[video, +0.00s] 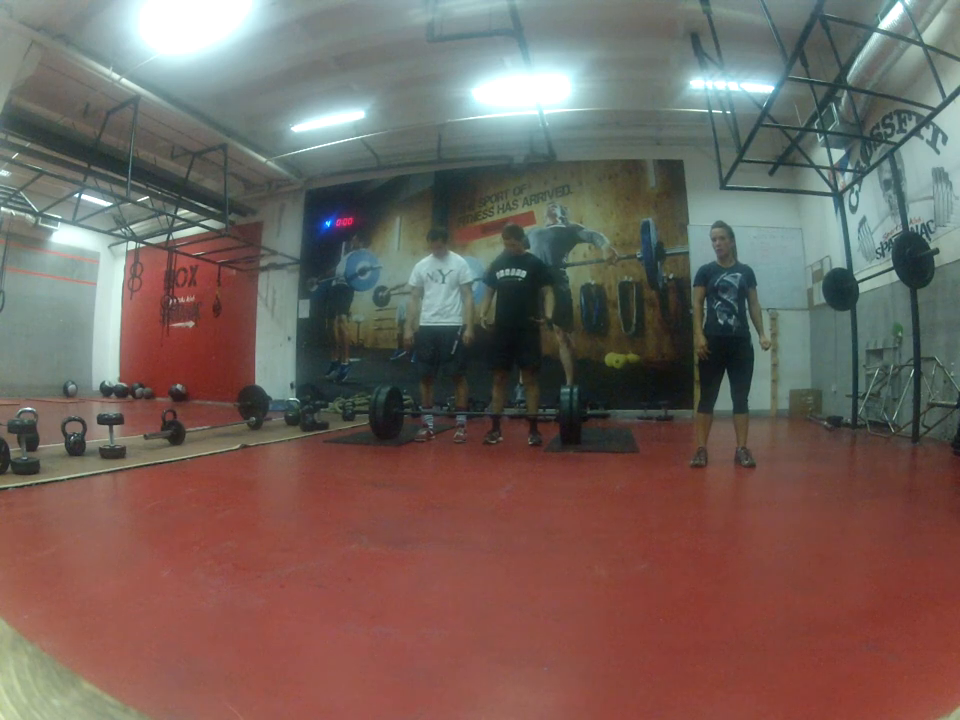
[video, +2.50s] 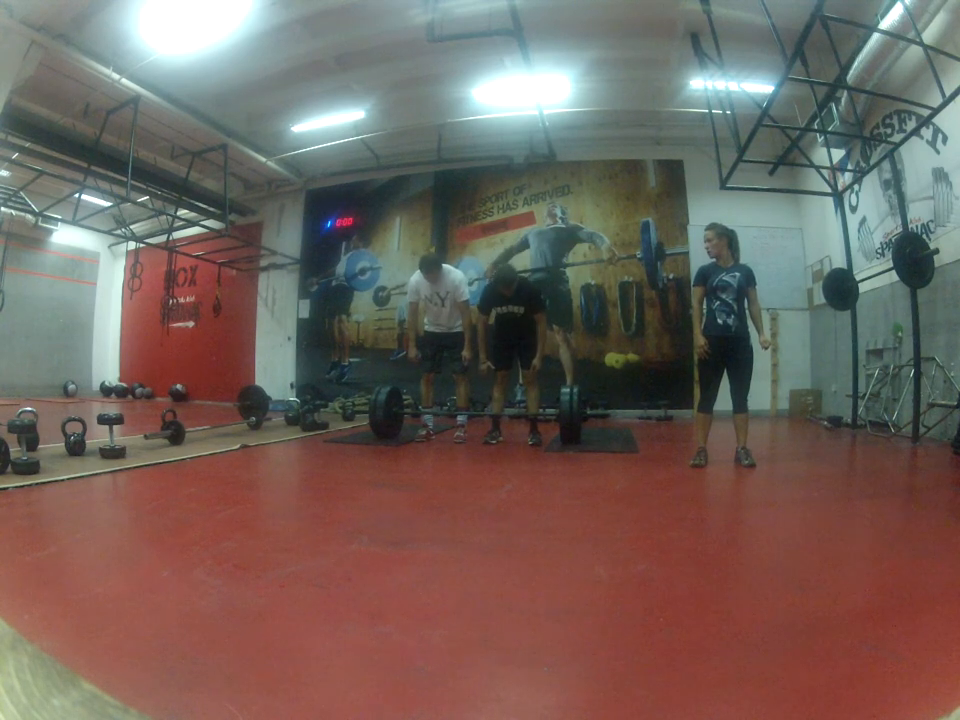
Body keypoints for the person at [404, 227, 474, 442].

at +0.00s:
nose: (437, 249)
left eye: (439, 245)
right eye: (434, 246)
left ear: (446, 243)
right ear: (429, 244)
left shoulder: (459, 263)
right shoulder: (421, 266)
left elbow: (468, 296)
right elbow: (414, 299)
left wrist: (469, 327)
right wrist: (408, 328)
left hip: (454, 328)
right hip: (426, 328)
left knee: (458, 376)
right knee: (425, 377)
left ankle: (461, 425)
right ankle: (427, 425)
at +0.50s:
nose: (436, 250)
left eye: (439, 246)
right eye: (433, 246)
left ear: (446, 243)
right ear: (428, 244)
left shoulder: (459, 263)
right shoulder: (421, 266)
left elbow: (467, 296)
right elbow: (414, 299)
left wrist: (467, 327)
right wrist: (409, 328)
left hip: (454, 328)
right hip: (426, 328)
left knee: (458, 376)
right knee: (426, 376)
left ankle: (461, 425)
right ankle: (427, 425)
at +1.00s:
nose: (431, 277)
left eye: (434, 274)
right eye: (428, 274)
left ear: (441, 267)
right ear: (423, 270)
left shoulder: (456, 277)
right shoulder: (417, 279)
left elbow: (466, 313)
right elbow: (411, 314)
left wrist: (467, 347)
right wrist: (410, 344)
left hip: (455, 330)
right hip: (431, 330)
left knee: (459, 376)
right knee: (426, 376)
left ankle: (461, 425)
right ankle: (427, 425)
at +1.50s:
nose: (431, 278)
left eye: (433, 274)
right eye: (427, 275)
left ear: (440, 267)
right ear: (422, 271)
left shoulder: (455, 276)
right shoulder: (415, 280)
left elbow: (465, 312)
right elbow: (412, 315)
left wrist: (467, 345)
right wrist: (412, 344)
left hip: (455, 331)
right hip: (431, 331)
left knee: (460, 376)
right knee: (427, 376)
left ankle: (461, 425)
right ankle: (427, 425)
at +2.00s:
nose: (431, 278)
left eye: (433, 274)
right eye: (427, 275)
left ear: (440, 268)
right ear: (422, 271)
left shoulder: (456, 277)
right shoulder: (416, 280)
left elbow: (466, 312)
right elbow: (412, 315)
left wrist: (467, 345)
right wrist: (411, 345)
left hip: (455, 331)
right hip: (430, 331)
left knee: (460, 377)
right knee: (427, 376)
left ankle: (461, 425)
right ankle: (427, 425)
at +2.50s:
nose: (431, 279)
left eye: (433, 276)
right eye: (427, 276)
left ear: (440, 269)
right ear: (422, 272)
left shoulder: (456, 277)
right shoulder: (416, 280)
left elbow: (466, 312)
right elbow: (412, 315)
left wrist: (467, 346)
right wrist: (412, 344)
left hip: (456, 331)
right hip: (431, 331)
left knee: (460, 377)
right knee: (427, 376)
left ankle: (461, 426)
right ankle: (427, 425)